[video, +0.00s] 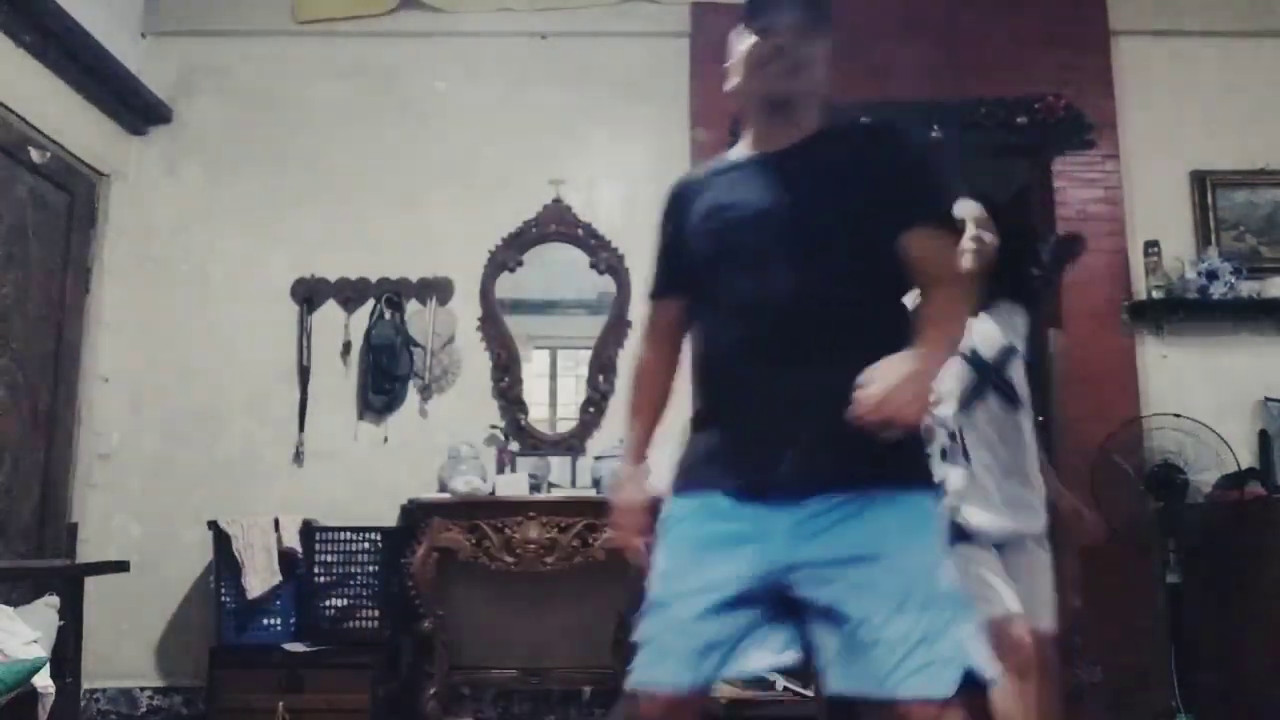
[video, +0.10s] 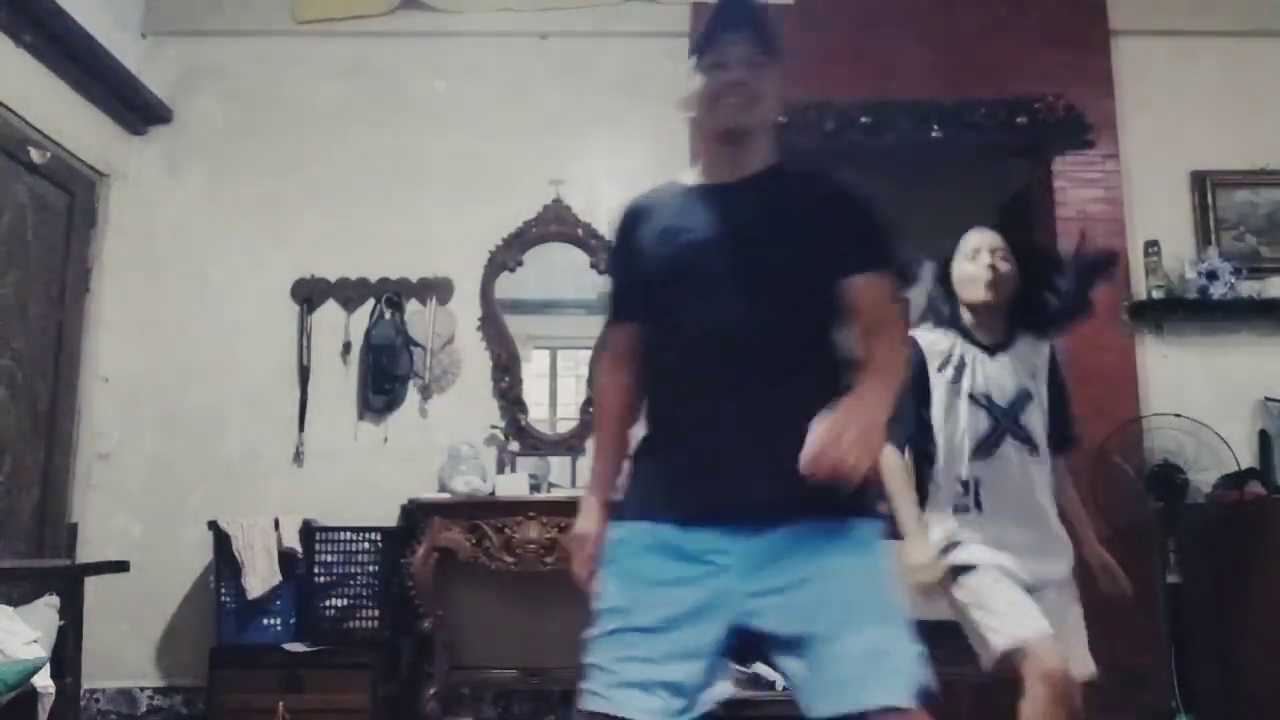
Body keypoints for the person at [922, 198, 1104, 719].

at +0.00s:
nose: (969, 244)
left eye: (981, 232)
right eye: (957, 231)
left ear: (999, 249)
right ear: (936, 244)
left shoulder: (1009, 321)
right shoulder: (921, 325)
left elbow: (1020, 435)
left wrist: (1059, 497)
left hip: (1025, 520)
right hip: (961, 521)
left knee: (1040, 651)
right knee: (1016, 648)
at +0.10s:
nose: (987, 263)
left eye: (999, 255)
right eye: (972, 255)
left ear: (1018, 276)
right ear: (950, 277)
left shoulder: (1040, 354)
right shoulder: (923, 349)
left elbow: (1056, 465)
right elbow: (893, 447)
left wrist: (1092, 548)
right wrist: (914, 538)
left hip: (1045, 551)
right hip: (969, 547)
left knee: (1069, 689)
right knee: (1048, 668)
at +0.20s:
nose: (987, 257)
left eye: (1000, 249)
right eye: (973, 248)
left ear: (1017, 269)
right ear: (951, 266)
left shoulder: (1038, 344)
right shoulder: (916, 341)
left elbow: (1054, 455)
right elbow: (874, 429)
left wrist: (1094, 545)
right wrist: (873, 519)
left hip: (1037, 544)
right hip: (957, 542)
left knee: (1068, 691)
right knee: (1052, 677)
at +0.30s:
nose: (971, 220)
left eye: (984, 212)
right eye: (959, 209)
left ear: (1000, 229)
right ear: (936, 222)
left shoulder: (1018, 306)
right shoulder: (901, 289)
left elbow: (1030, 418)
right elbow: (847, 370)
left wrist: (1057, 499)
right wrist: (850, 459)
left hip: (1011, 495)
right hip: (934, 492)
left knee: (1034, 643)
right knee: (986, 642)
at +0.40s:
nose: (946, 207)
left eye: (960, 200)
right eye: (934, 198)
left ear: (980, 219)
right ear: (911, 214)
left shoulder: (1003, 293)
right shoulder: (873, 284)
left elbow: (1009, 400)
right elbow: (826, 365)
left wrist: (1021, 491)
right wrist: (829, 457)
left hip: (988, 490)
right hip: (905, 489)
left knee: (989, 640)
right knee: (939, 633)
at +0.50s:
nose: (924, 234)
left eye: (937, 226)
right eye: (912, 225)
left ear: (956, 244)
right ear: (888, 241)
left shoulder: (983, 320)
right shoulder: (858, 315)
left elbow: (997, 429)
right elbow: (820, 409)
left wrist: (1001, 522)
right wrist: (816, 500)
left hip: (966, 520)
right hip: (884, 517)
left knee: (949, 665)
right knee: (902, 656)